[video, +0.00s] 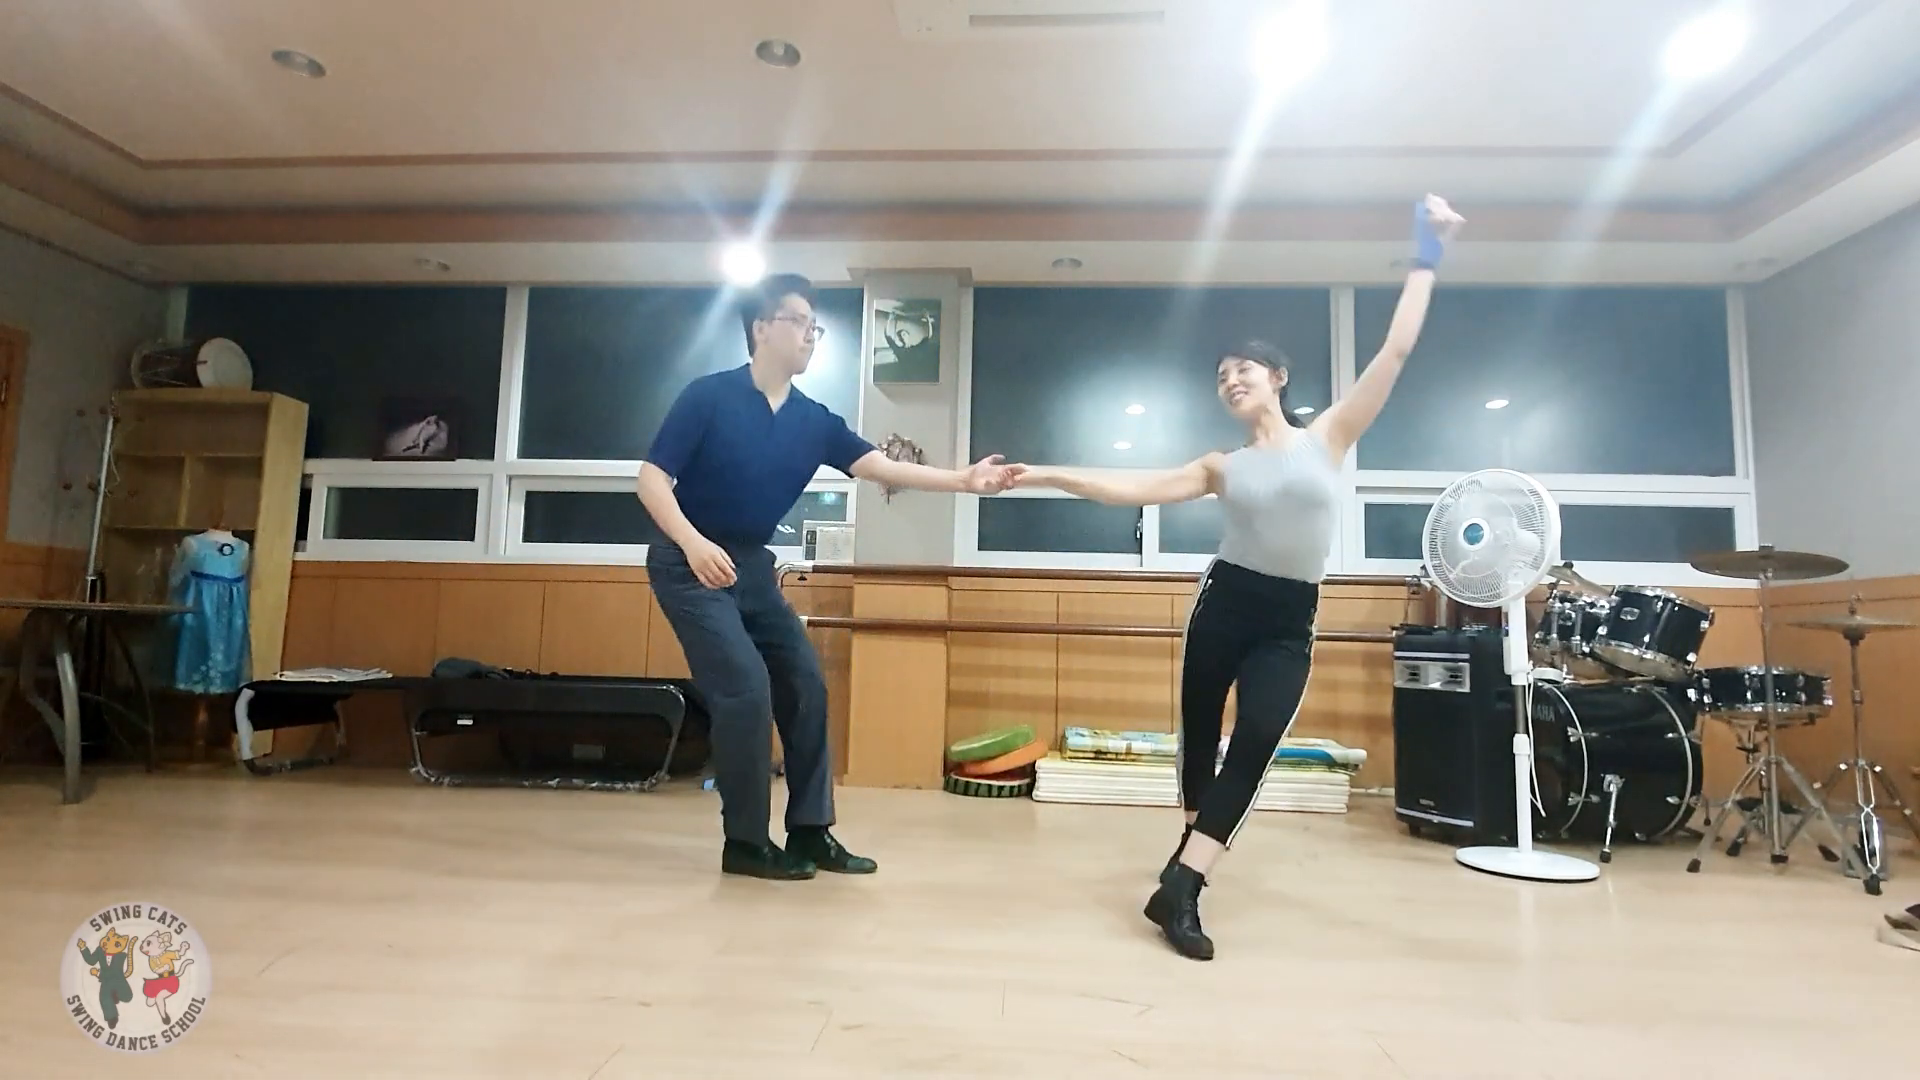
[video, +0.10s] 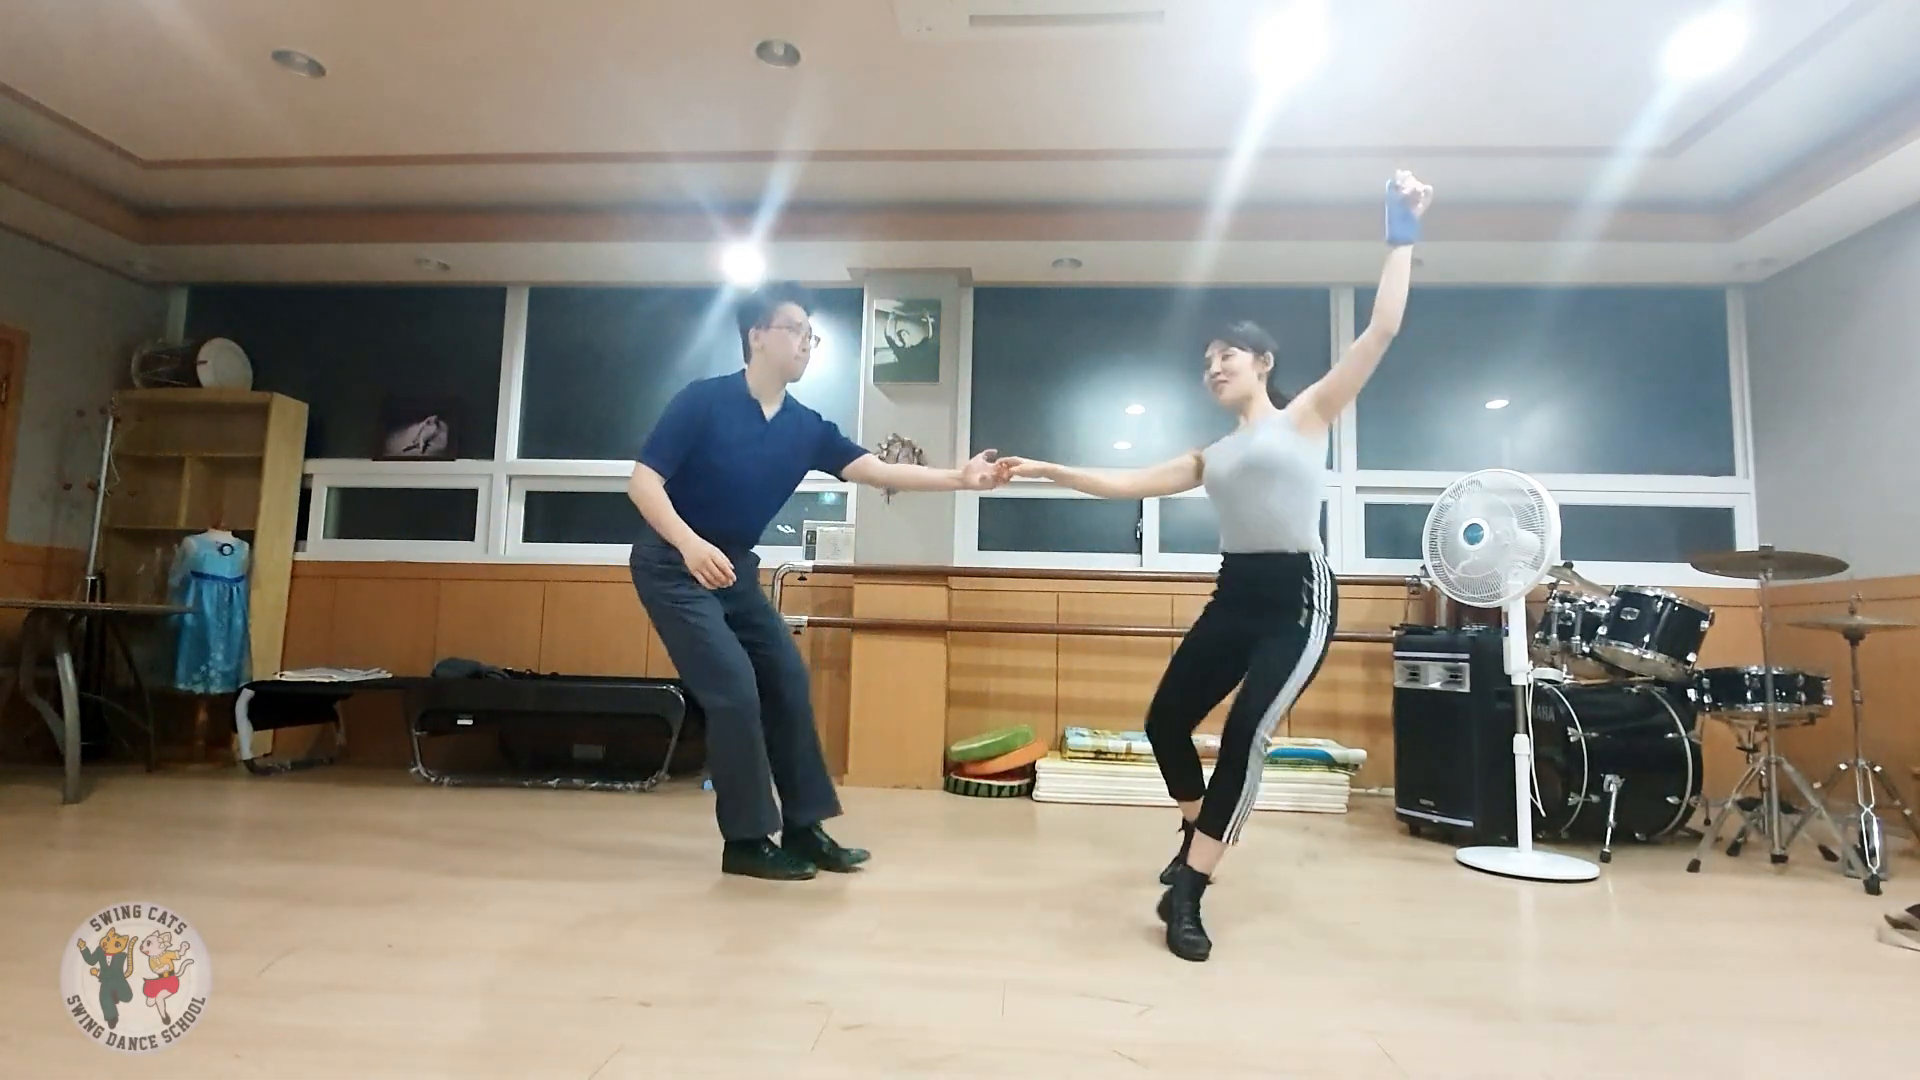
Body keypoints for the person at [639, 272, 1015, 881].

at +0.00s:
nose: (812, 335)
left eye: (813, 325)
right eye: (798, 323)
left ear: (803, 336)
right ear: (759, 330)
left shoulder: (813, 420)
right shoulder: (707, 397)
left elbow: (883, 467)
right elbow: (650, 480)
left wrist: (966, 479)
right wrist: (690, 542)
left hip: (750, 564)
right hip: (686, 561)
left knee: (803, 678)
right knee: (746, 685)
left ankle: (808, 832)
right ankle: (745, 844)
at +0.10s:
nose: (808, 342)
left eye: (809, 333)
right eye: (795, 331)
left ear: (798, 344)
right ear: (756, 338)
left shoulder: (807, 427)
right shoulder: (702, 401)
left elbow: (880, 472)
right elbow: (642, 481)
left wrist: (961, 477)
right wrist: (687, 543)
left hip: (735, 571)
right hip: (671, 564)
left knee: (787, 678)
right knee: (734, 687)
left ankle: (802, 830)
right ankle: (744, 843)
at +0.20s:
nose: (799, 353)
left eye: (802, 344)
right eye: (786, 341)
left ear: (800, 355)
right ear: (747, 347)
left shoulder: (796, 436)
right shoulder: (693, 410)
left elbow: (872, 479)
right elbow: (635, 489)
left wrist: (954, 483)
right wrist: (684, 544)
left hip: (722, 578)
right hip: (659, 568)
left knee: (782, 671)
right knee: (724, 684)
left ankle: (763, 829)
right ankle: (745, 841)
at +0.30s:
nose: (788, 362)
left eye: (791, 353)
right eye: (775, 350)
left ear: (789, 362)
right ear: (736, 357)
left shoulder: (784, 444)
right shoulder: (682, 419)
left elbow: (856, 485)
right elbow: (628, 499)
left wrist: (942, 492)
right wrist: (684, 547)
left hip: (708, 587)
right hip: (648, 576)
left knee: (769, 679)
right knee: (719, 685)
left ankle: (699, 804)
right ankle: (744, 840)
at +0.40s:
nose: (775, 369)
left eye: (778, 360)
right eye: (762, 356)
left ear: (776, 368)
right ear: (724, 363)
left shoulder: (773, 450)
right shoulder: (671, 425)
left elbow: (846, 488)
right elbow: (622, 505)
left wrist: (931, 496)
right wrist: (681, 549)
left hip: (695, 592)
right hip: (634, 581)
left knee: (750, 688)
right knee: (712, 689)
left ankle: (661, 799)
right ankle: (745, 843)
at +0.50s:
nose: (759, 368)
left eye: (764, 360)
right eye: (747, 356)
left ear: (766, 371)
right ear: (712, 363)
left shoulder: (759, 452)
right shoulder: (661, 427)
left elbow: (831, 490)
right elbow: (617, 505)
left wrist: (913, 497)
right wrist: (681, 546)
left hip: (677, 591)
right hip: (618, 580)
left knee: (731, 701)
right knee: (701, 696)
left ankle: (645, 817)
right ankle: (745, 840)